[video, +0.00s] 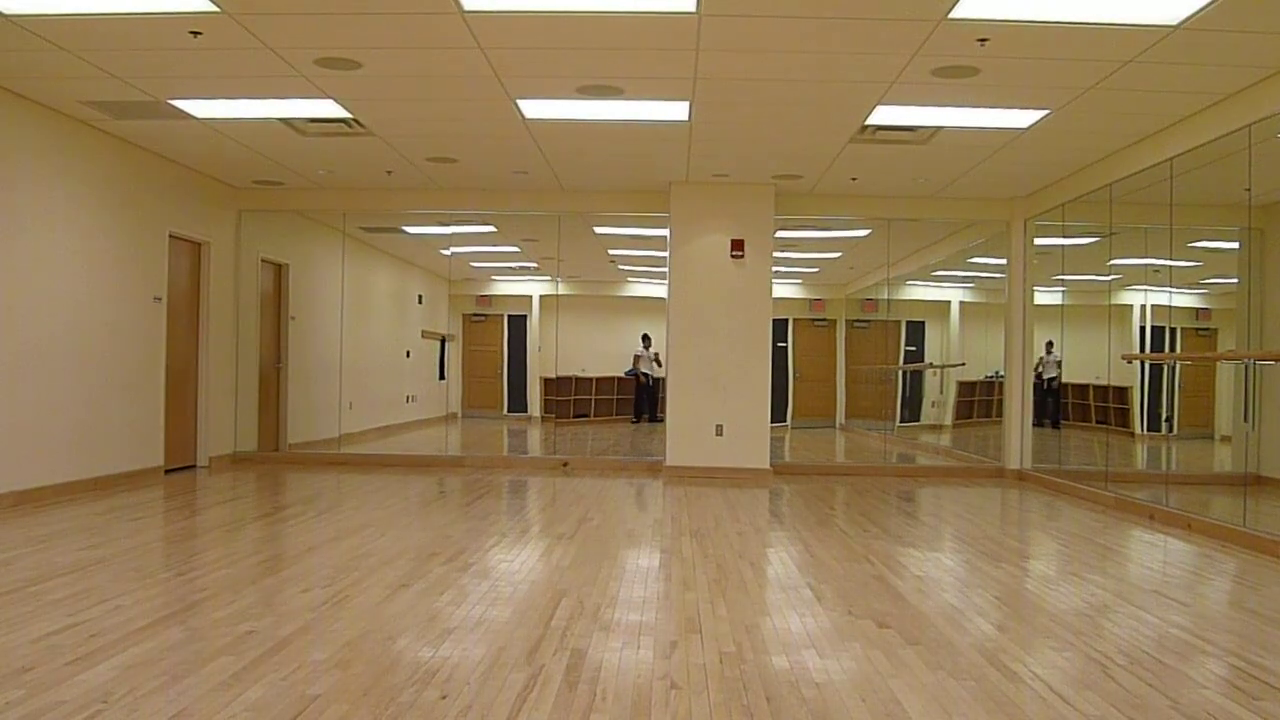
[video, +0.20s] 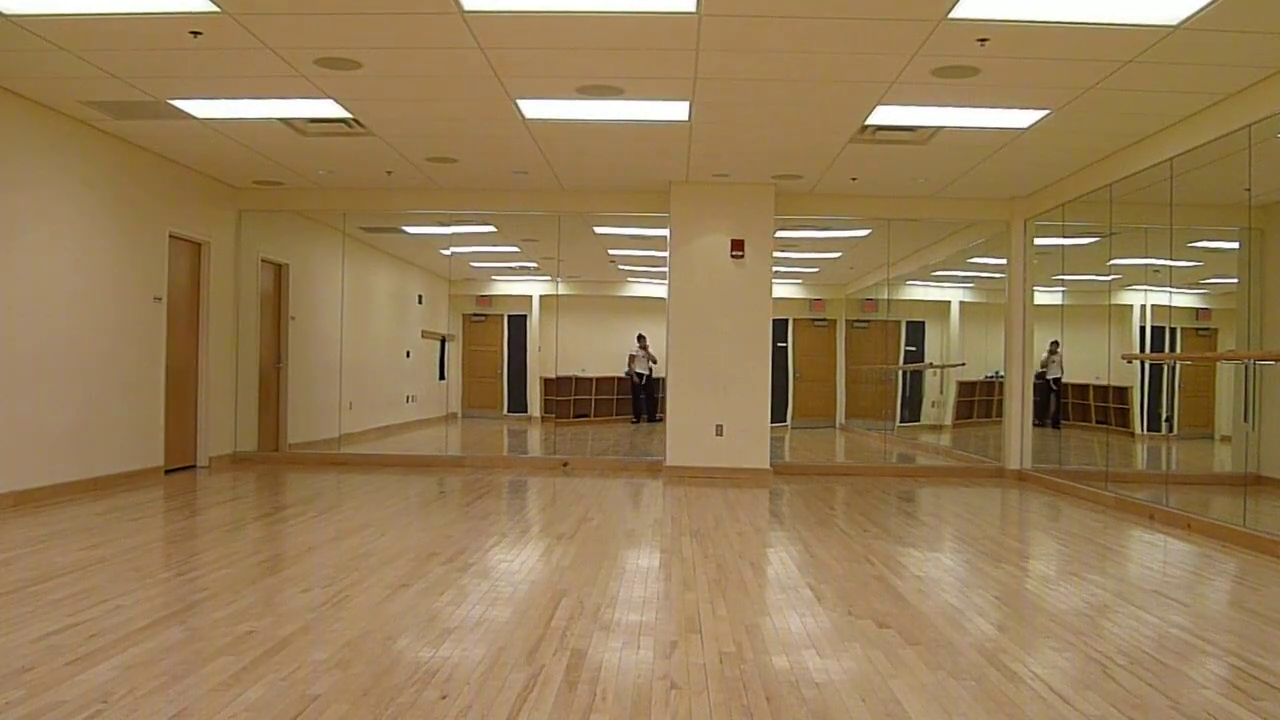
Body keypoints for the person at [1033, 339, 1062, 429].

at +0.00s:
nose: (1048, 348)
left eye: (1050, 346)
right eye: (1047, 346)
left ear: (1052, 347)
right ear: (1045, 347)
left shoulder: (1056, 357)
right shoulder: (1042, 357)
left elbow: (1060, 369)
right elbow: (1035, 369)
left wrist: (1058, 380)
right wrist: (1039, 363)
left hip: (1053, 377)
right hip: (1044, 378)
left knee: (1054, 400)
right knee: (1041, 399)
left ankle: (1055, 421)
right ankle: (1039, 420)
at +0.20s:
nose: (1054, 349)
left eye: (1055, 347)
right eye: (1052, 346)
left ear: (1058, 348)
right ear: (1050, 347)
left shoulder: (1059, 355)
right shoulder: (1046, 355)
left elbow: (1061, 364)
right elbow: (1042, 365)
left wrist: (1062, 372)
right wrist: (1048, 356)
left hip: (1057, 377)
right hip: (1048, 377)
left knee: (1057, 400)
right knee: (1045, 399)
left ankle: (1056, 421)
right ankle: (1042, 419)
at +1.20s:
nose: (1055, 348)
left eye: (1057, 346)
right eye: (1054, 346)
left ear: (1059, 348)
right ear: (1051, 347)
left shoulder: (1059, 357)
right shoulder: (1048, 356)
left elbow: (1064, 368)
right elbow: (1042, 361)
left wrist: (1062, 368)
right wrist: (1045, 352)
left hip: (1057, 377)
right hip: (1048, 377)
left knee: (1057, 400)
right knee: (1045, 399)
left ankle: (1056, 421)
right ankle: (1044, 420)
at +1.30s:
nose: (1054, 349)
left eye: (1056, 347)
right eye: (1053, 347)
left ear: (1058, 347)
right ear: (1050, 347)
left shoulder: (1058, 356)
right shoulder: (1048, 356)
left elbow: (1063, 366)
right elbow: (1043, 358)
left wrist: (1060, 358)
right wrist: (1045, 350)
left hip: (1057, 376)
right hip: (1047, 376)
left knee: (1057, 399)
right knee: (1045, 398)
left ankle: (1056, 421)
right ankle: (1044, 420)